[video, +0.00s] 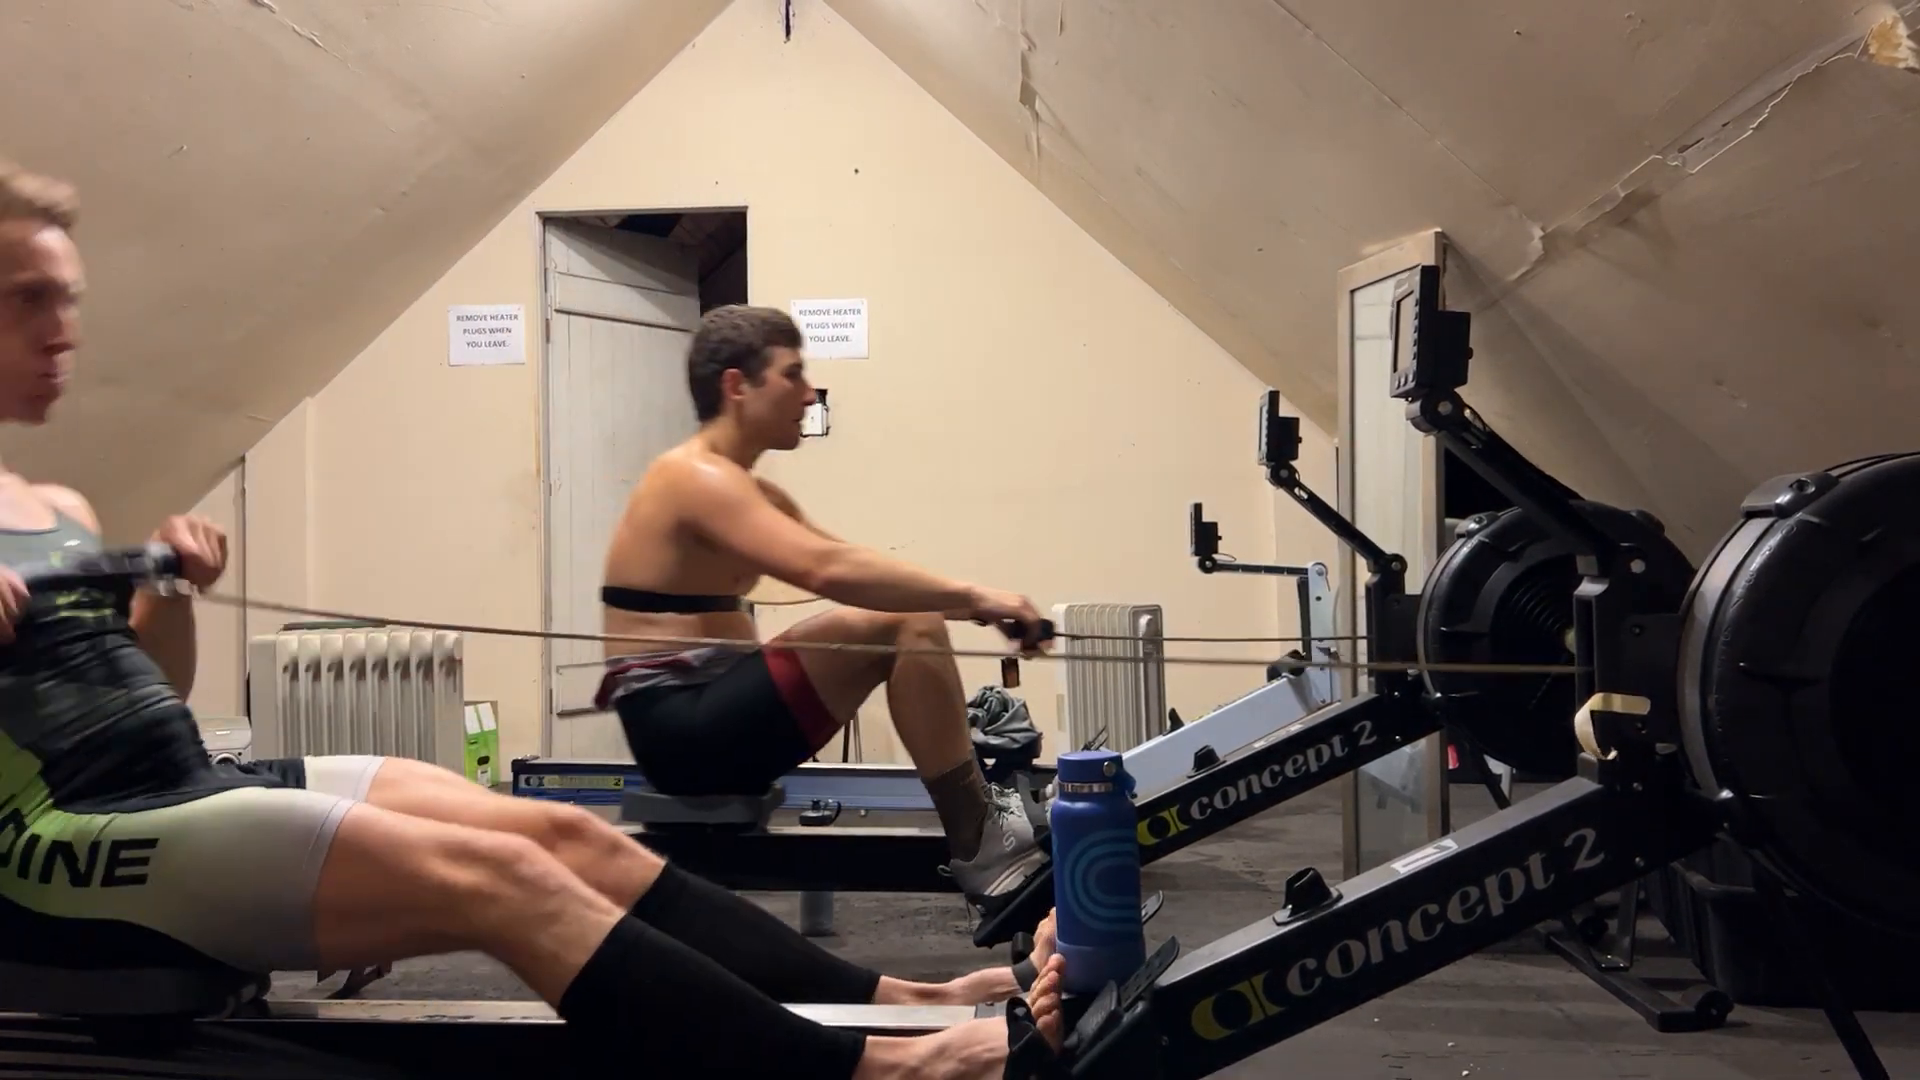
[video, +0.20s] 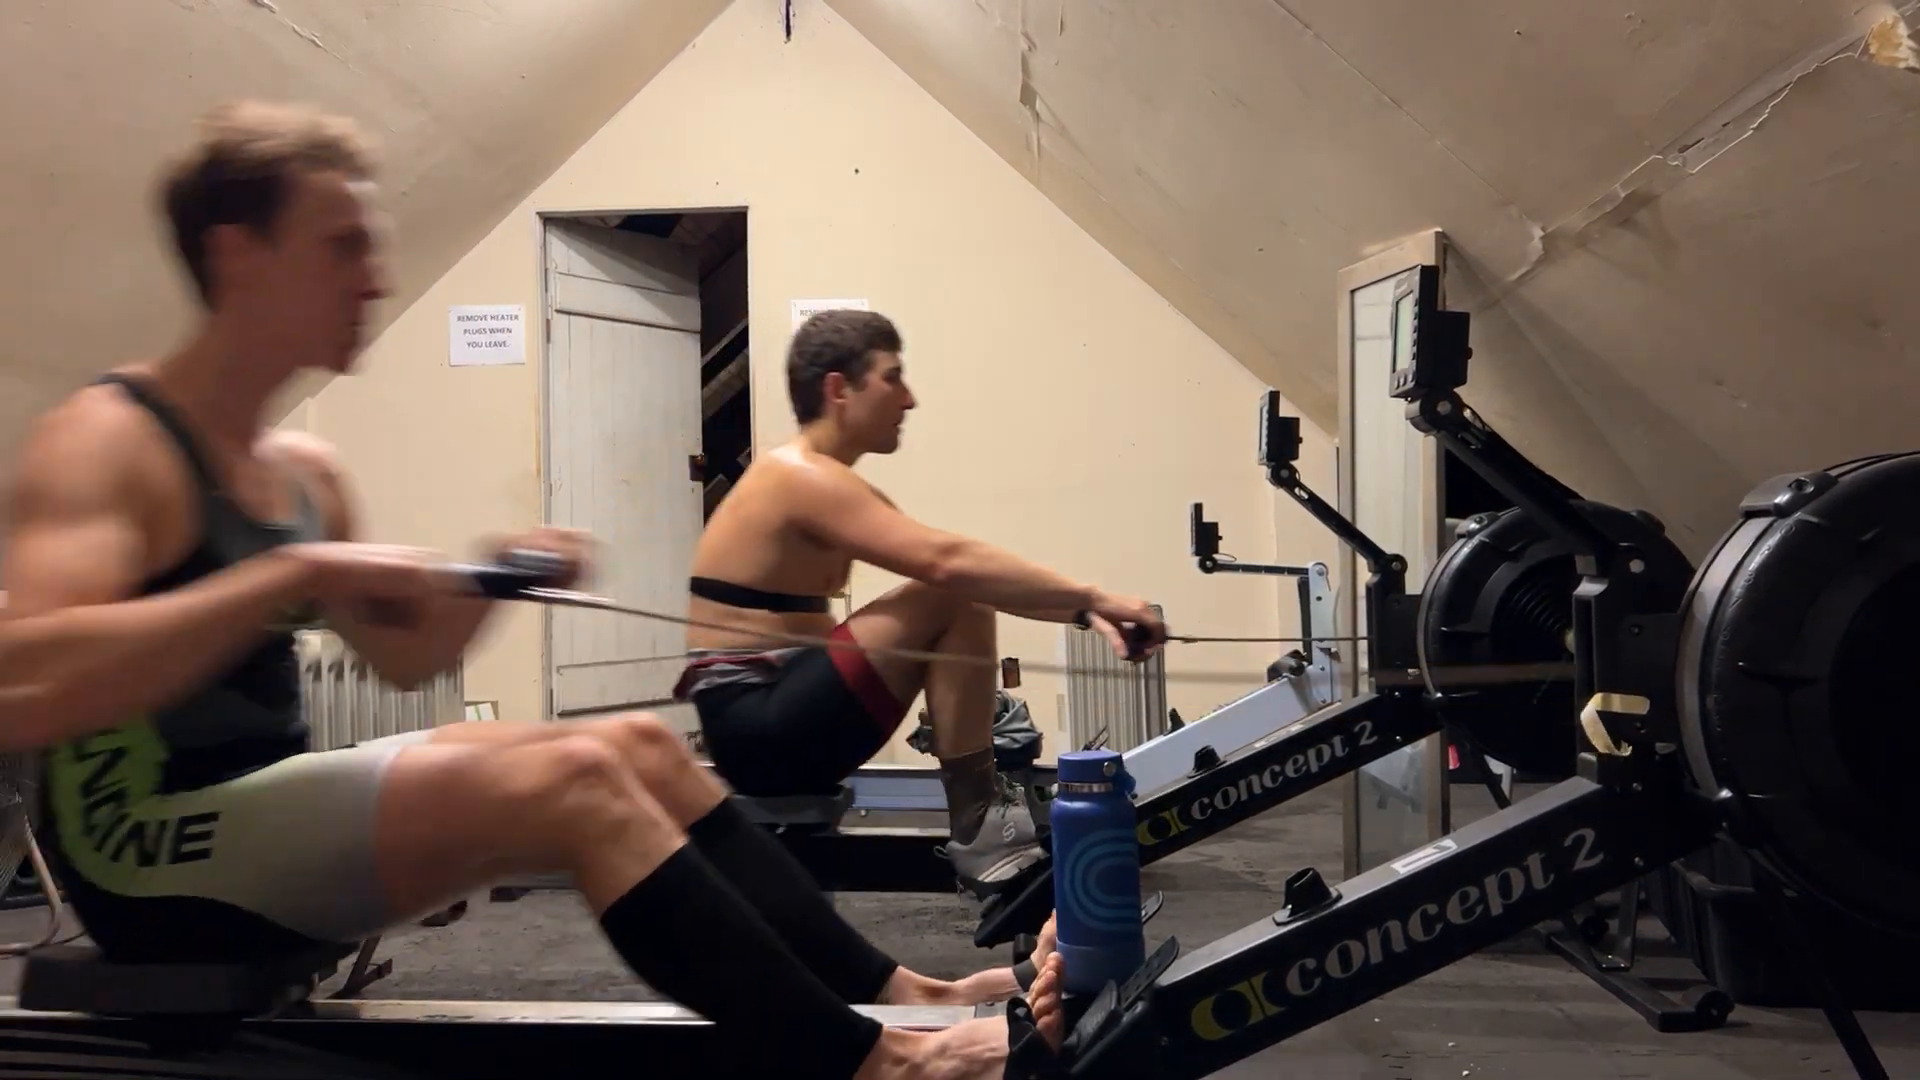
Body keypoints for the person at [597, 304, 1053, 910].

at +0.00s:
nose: (812, 391)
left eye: (805, 375)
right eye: (792, 375)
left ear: (745, 388)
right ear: (736, 387)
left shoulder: (752, 489)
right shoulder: (696, 479)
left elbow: (849, 563)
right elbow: (825, 573)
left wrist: (977, 604)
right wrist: (974, 598)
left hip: (714, 717)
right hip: (680, 730)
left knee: (909, 622)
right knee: (910, 630)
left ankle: (978, 831)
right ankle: (977, 846)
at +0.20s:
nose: (909, 396)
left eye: (903, 377)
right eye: (892, 377)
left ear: (839, 394)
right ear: (837, 390)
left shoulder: (814, 477)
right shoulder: (803, 478)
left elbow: (952, 566)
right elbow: (947, 563)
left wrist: (1083, 609)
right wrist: (1091, 598)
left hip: (769, 723)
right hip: (759, 732)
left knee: (956, 601)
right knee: (955, 602)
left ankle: (979, 825)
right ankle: (977, 833)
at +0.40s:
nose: (993, 401)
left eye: (987, 382)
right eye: (976, 383)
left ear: (927, 398)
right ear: (923, 395)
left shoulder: (887, 476)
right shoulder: (896, 481)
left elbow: (1041, 562)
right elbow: (1042, 559)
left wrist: (1180, 606)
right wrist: (1190, 596)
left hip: (806, 722)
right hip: (806, 733)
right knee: (1003, 583)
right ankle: (976, 817)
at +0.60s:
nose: (1024, 400)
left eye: (1016, 382)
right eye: (1007, 383)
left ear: (953, 402)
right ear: (952, 399)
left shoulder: (927, 476)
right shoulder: (930, 482)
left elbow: (1086, 557)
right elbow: (1084, 554)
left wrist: (1219, 595)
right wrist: (1233, 585)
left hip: (851, 726)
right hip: (849, 735)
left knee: (1012, 576)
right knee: (1026, 587)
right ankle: (980, 821)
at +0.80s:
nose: (942, 391)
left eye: (933, 374)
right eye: (923, 376)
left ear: (873, 396)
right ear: (872, 394)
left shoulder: (846, 468)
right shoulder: (859, 474)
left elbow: (1004, 551)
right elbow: (1005, 548)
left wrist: (1139, 582)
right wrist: (1145, 570)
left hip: (785, 719)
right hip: (788, 728)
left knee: (974, 589)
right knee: (975, 590)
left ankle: (981, 806)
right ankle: (980, 822)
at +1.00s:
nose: (764, 387)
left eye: (755, 369)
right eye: (743, 371)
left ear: (694, 390)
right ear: (686, 388)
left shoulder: (706, 472)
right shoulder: (681, 468)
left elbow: (839, 554)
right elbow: (823, 543)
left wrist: (969, 569)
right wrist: (968, 566)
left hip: (687, 712)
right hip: (665, 724)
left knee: (885, 612)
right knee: (887, 616)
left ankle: (980, 817)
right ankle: (978, 828)